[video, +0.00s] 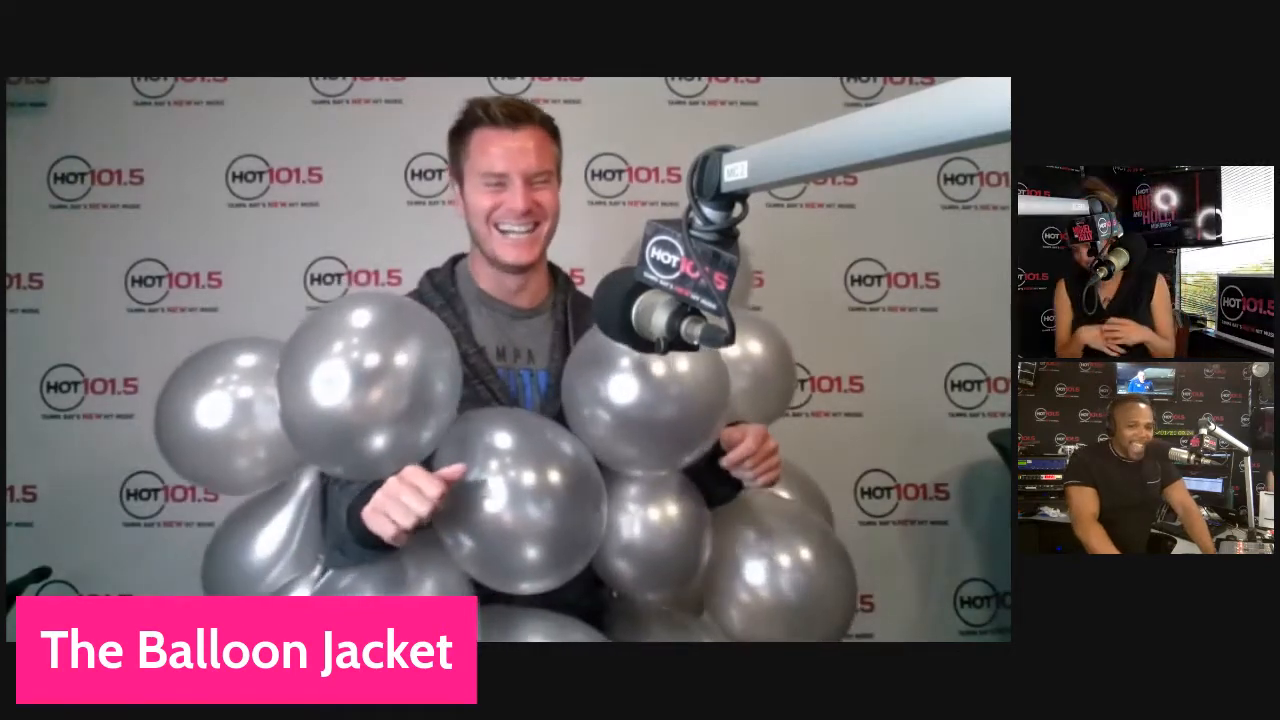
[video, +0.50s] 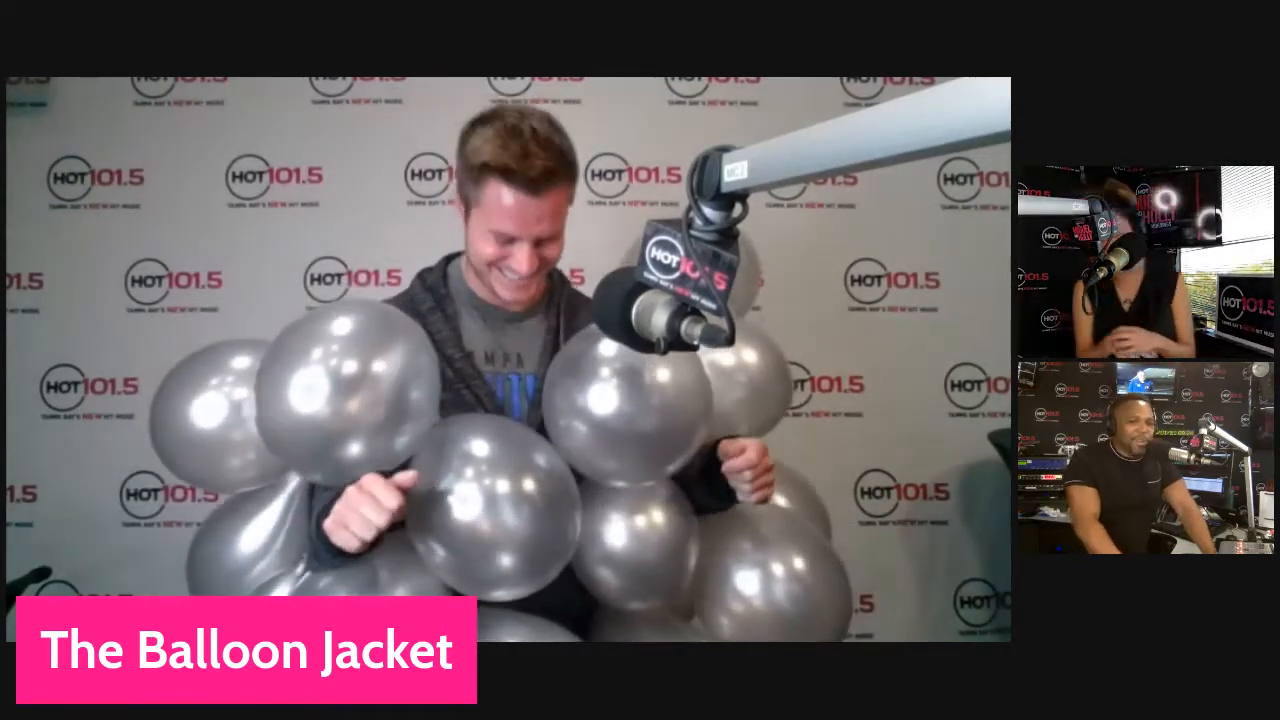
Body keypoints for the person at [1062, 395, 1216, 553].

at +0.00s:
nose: (1142, 434)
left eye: (1148, 427)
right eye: (1132, 426)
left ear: (1154, 429)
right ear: (1111, 428)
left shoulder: (1156, 457)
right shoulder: (1086, 460)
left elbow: (1186, 507)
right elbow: (1085, 523)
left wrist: (1210, 552)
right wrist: (1118, 562)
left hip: (1142, 557)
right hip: (1097, 558)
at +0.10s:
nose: (1143, 434)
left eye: (1149, 426)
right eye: (1132, 426)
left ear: (1154, 429)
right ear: (1112, 428)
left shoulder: (1156, 456)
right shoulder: (1086, 460)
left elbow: (1186, 507)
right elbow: (1086, 524)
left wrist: (1211, 553)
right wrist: (1120, 563)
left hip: (1141, 557)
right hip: (1096, 559)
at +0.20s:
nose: (1143, 432)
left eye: (1149, 424)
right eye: (1133, 424)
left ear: (1154, 428)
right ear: (1112, 427)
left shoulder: (1157, 457)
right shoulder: (1086, 460)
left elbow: (1186, 507)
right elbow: (1086, 524)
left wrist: (1210, 552)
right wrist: (1119, 562)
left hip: (1142, 557)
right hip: (1097, 559)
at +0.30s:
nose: (1143, 430)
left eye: (1149, 422)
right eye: (1133, 422)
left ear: (1154, 426)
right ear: (1112, 426)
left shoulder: (1157, 457)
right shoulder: (1086, 460)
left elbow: (1186, 507)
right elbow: (1086, 524)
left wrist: (1210, 553)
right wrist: (1120, 564)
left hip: (1142, 558)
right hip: (1098, 561)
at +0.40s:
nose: (1143, 429)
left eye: (1149, 422)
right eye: (1133, 422)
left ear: (1154, 426)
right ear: (1112, 426)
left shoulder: (1157, 457)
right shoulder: (1086, 460)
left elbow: (1186, 507)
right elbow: (1086, 524)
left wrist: (1210, 553)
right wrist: (1120, 564)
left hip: (1142, 558)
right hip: (1098, 560)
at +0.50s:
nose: (1143, 429)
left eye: (1149, 422)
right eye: (1133, 422)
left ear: (1154, 426)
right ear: (1112, 426)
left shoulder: (1157, 457)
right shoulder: (1086, 460)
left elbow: (1186, 507)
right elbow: (1086, 524)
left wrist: (1210, 553)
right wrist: (1120, 564)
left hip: (1142, 558)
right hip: (1097, 561)